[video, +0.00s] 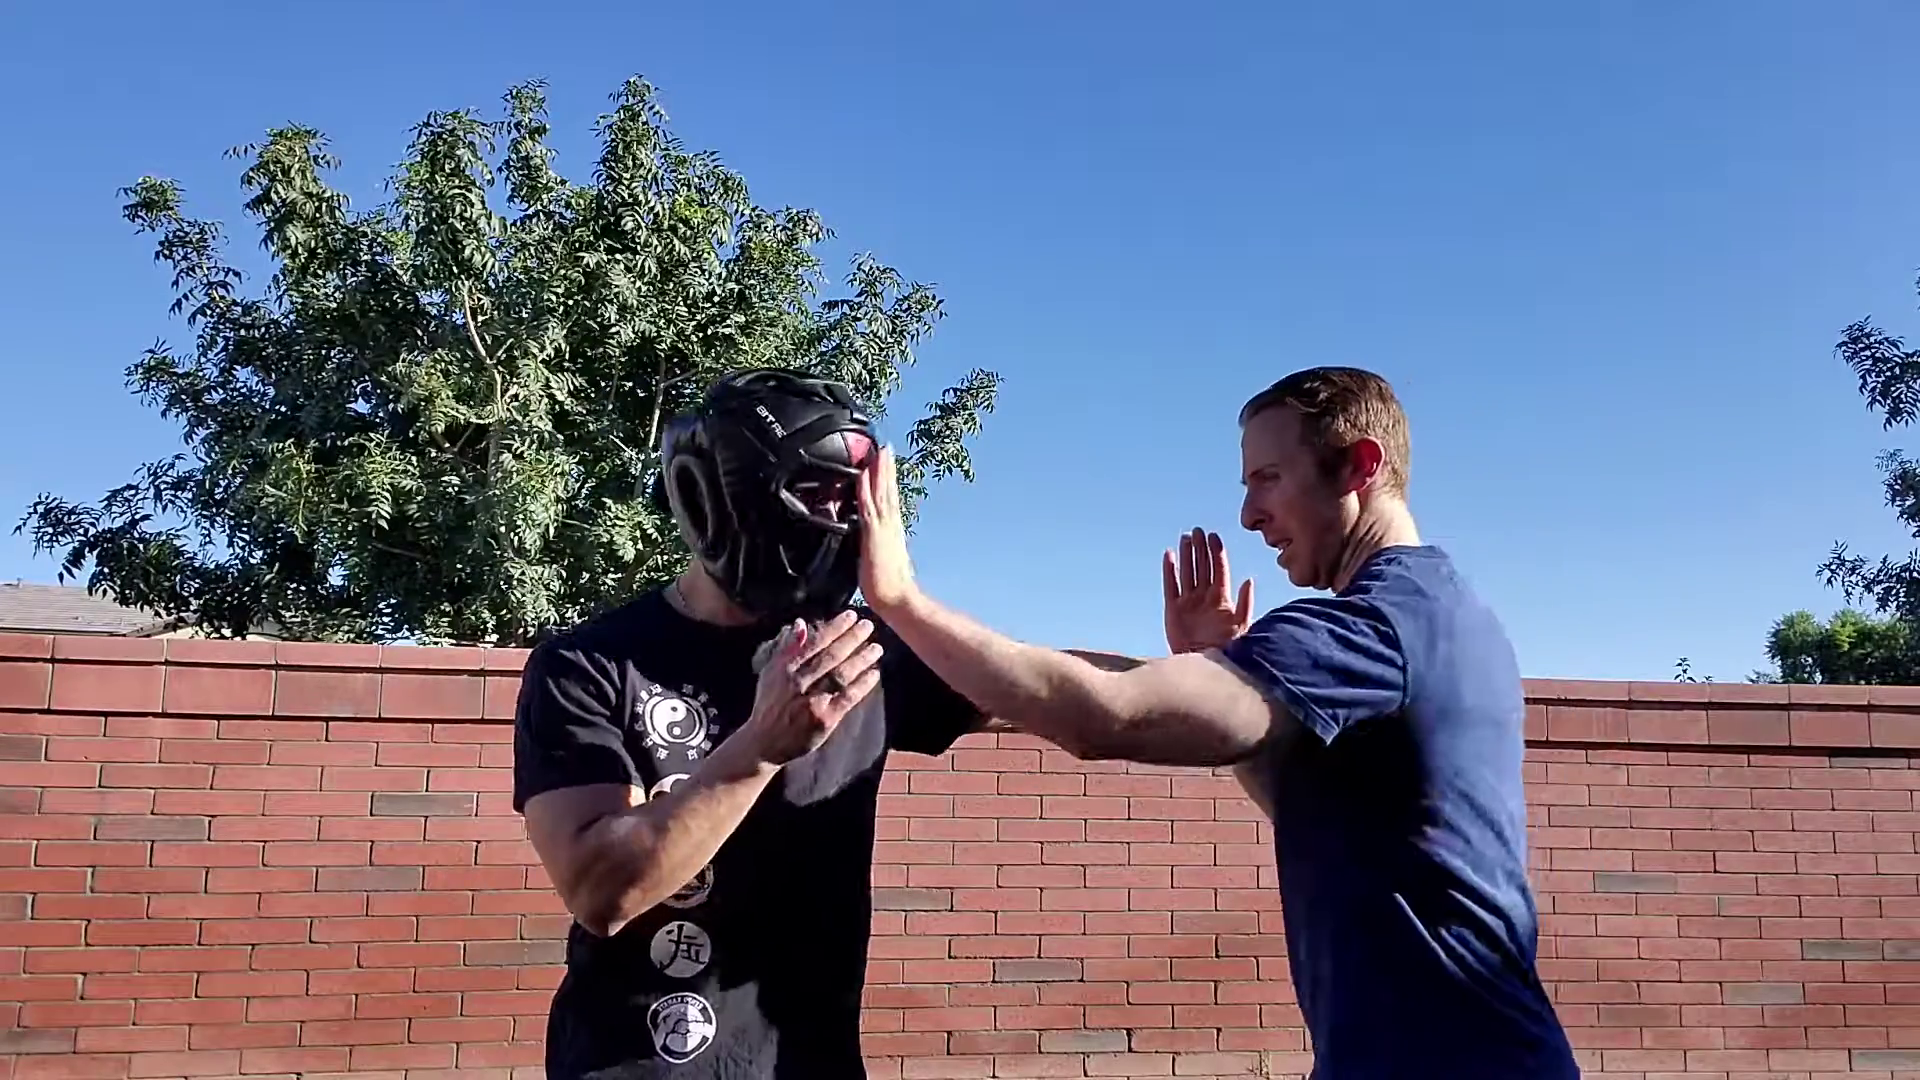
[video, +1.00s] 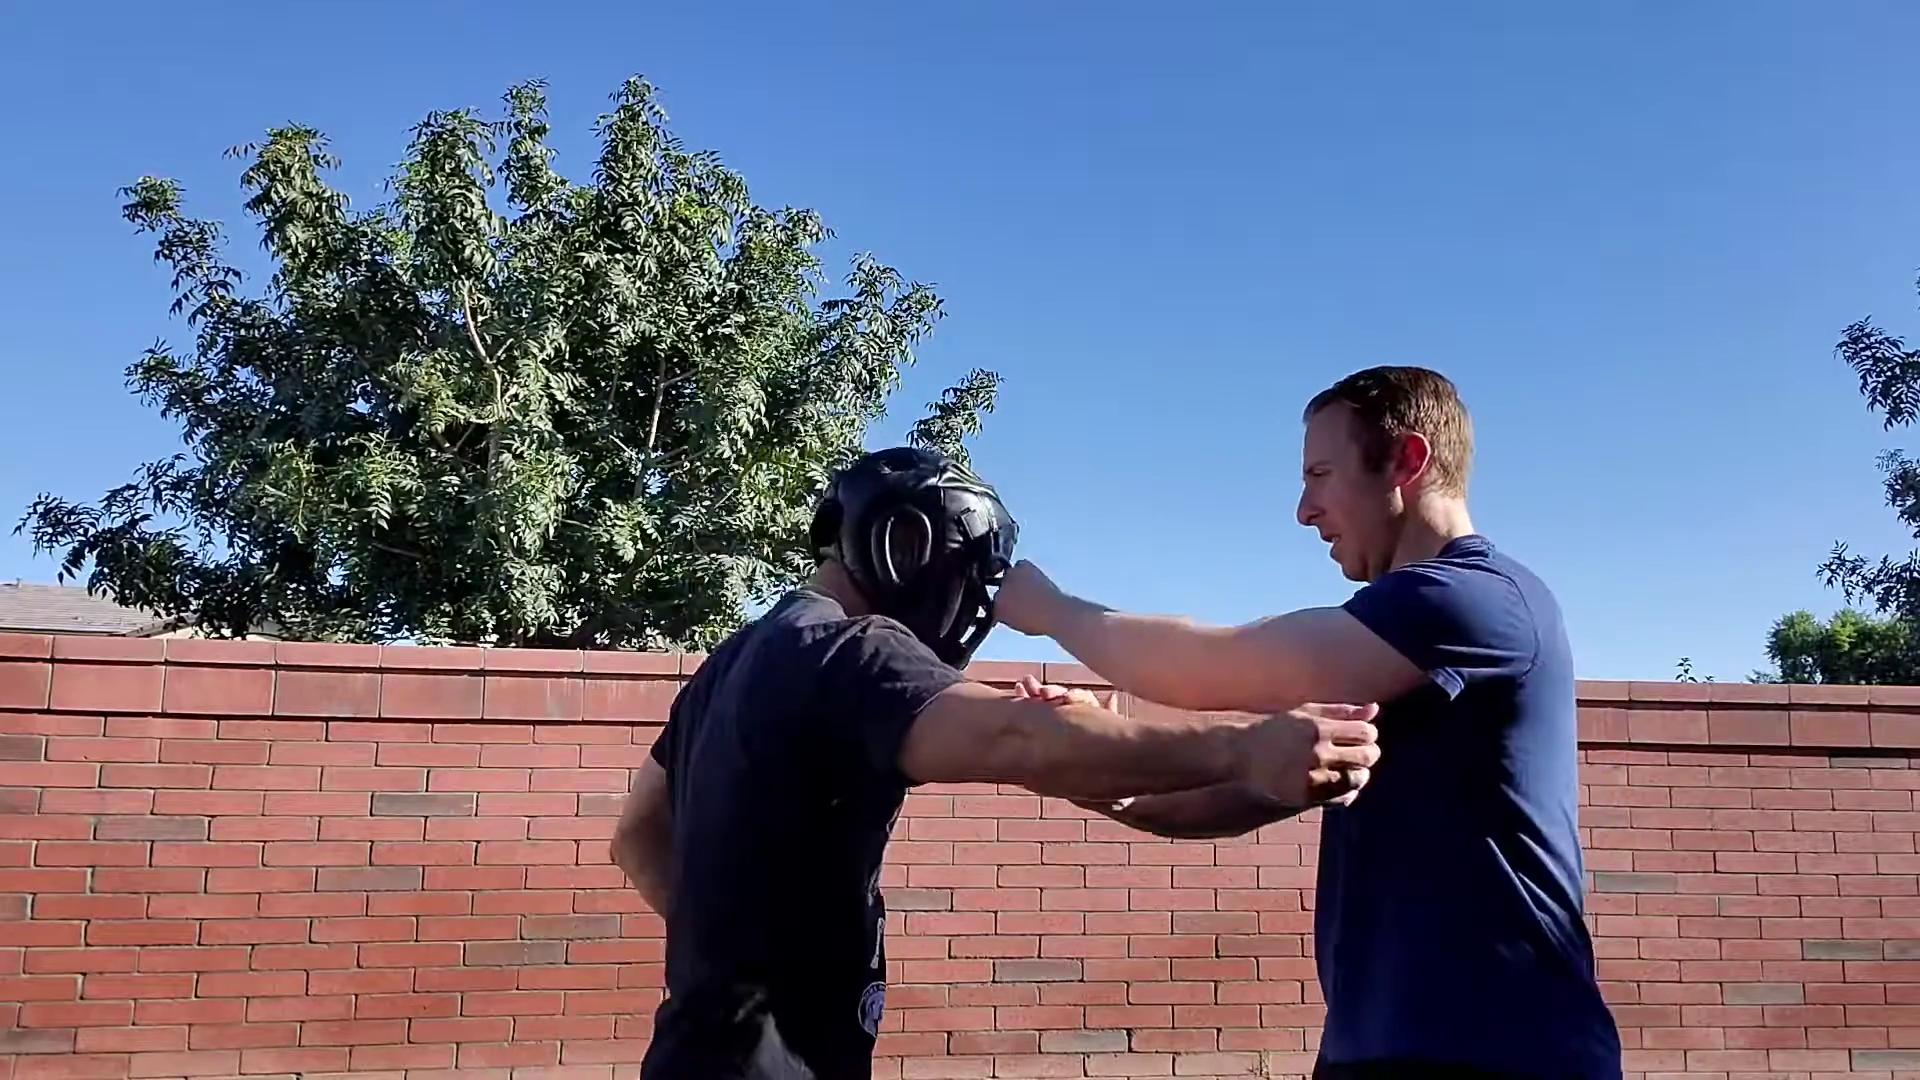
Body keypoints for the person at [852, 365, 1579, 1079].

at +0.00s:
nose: (1250, 514)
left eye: (1268, 482)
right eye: (1249, 486)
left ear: (1362, 471)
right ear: (1365, 476)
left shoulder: (1382, 617)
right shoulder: (1443, 612)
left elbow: (1103, 712)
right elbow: (1324, 820)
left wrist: (899, 599)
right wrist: (1213, 681)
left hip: (1431, 1053)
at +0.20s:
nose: (1268, 506)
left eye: (1289, 473)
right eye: (1267, 479)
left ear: (1385, 463)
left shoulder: (1426, 606)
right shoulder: (1378, 615)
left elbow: (1146, 718)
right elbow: (1294, 806)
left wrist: (917, 633)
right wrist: (1204, 678)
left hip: (1476, 1052)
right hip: (1384, 1049)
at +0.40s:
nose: (1263, 505)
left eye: (1283, 471)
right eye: (1262, 478)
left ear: (1380, 465)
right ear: (1371, 469)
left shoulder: (1417, 619)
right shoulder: (1391, 613)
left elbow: (1196, 794)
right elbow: (1287, 812)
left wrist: (984, 709)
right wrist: (1173, 720)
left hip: (1476, 1053)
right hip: (1394, 1047)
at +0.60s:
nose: (1291, 493)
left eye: (1310, 460)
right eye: (1293, 465)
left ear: (1404, 453)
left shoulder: (1503, 616)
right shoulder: (1327, 651)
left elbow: (1407, 860)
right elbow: (1188, 783)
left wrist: (1232, 704)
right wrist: (1066, 696)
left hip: (1506, 1050)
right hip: (1361, 1047)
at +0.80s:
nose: (1321, 499)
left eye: (1338, 464)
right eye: (1324, 472)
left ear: (1428, 458)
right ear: (1427, 461)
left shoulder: (1534, 609)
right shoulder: (1370, 647)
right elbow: (1190, 799)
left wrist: (1210, 680)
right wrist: (1033, 730)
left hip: (1530, 1052)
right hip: (1382, 1050)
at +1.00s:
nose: (1303, 510)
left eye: (1320, 474)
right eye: (1306, 481)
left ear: (1405, 465)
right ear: (1402, 472)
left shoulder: (1472, 600)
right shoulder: (1415, 621)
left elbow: (1212, 673)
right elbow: (1242, 771)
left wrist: (1046, 607)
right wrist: (1085, 713)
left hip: (1486, 1036)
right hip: (1383, 1030)